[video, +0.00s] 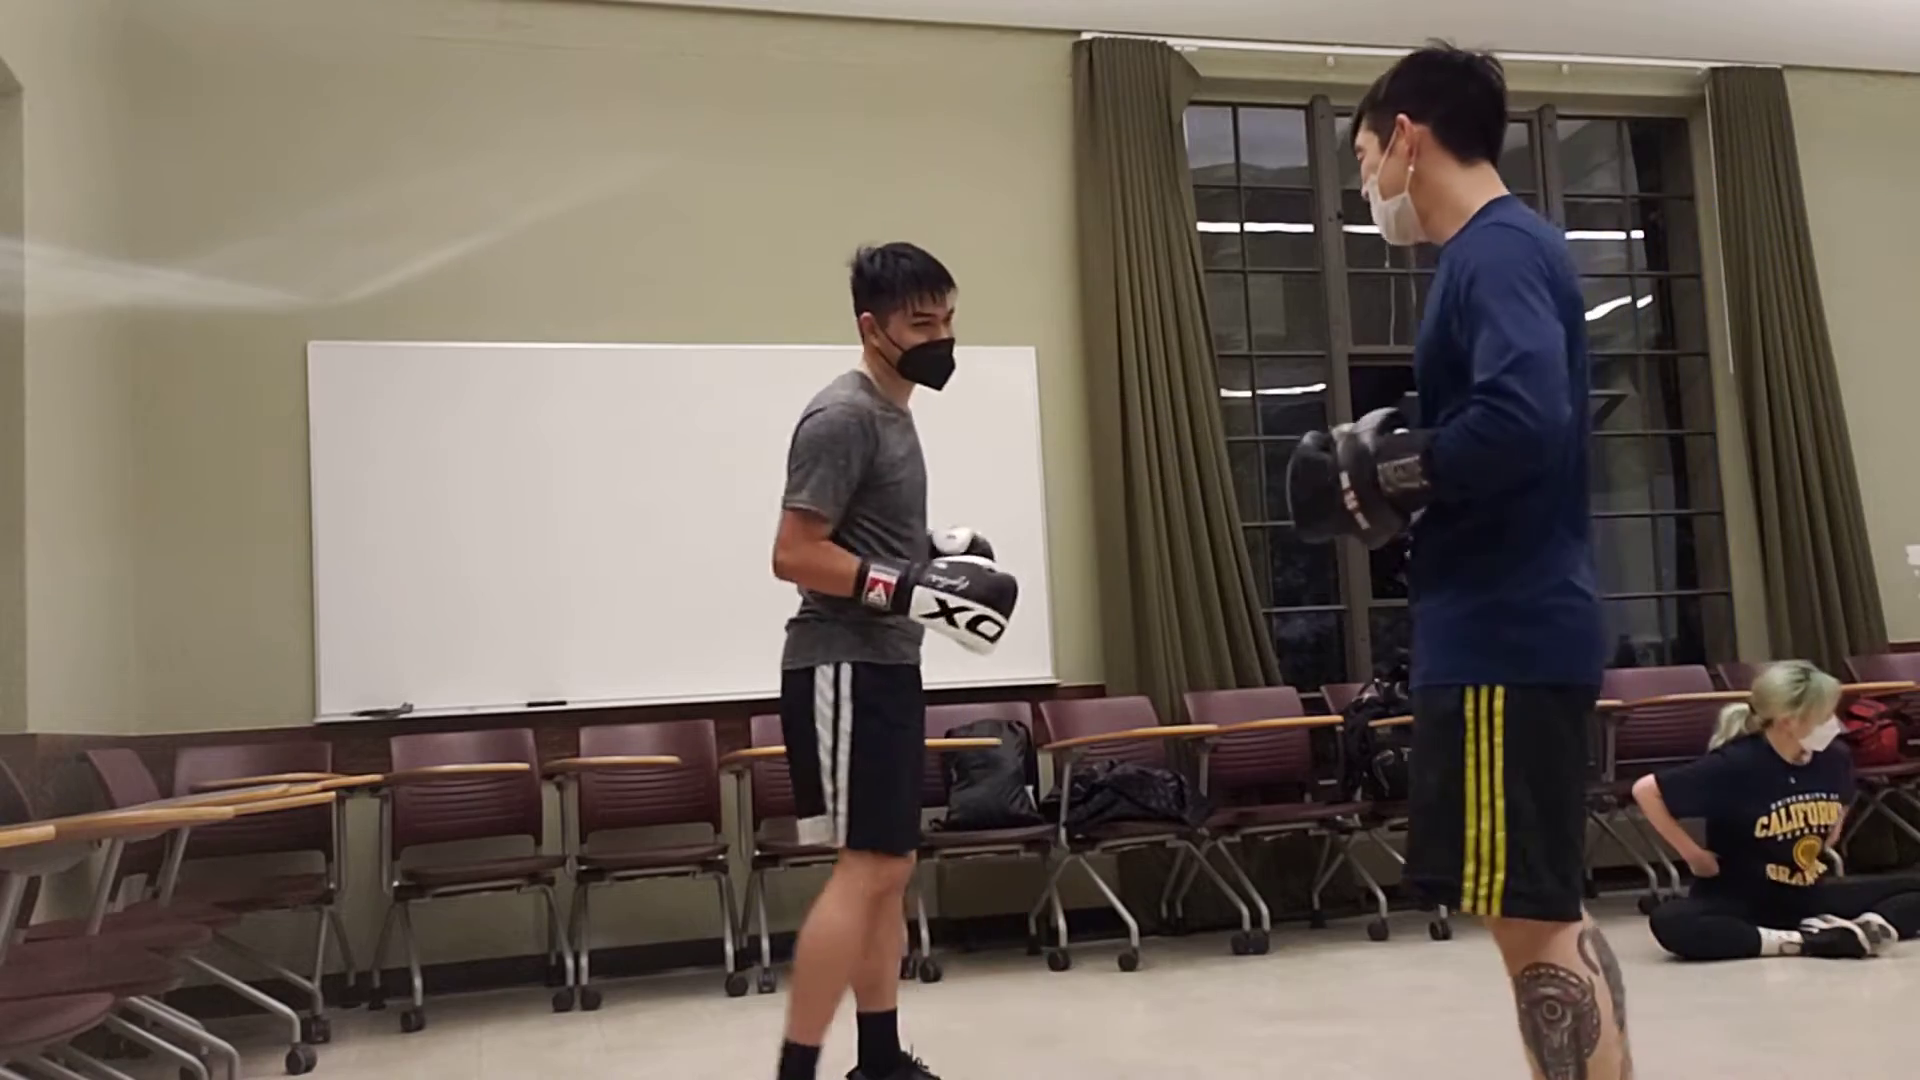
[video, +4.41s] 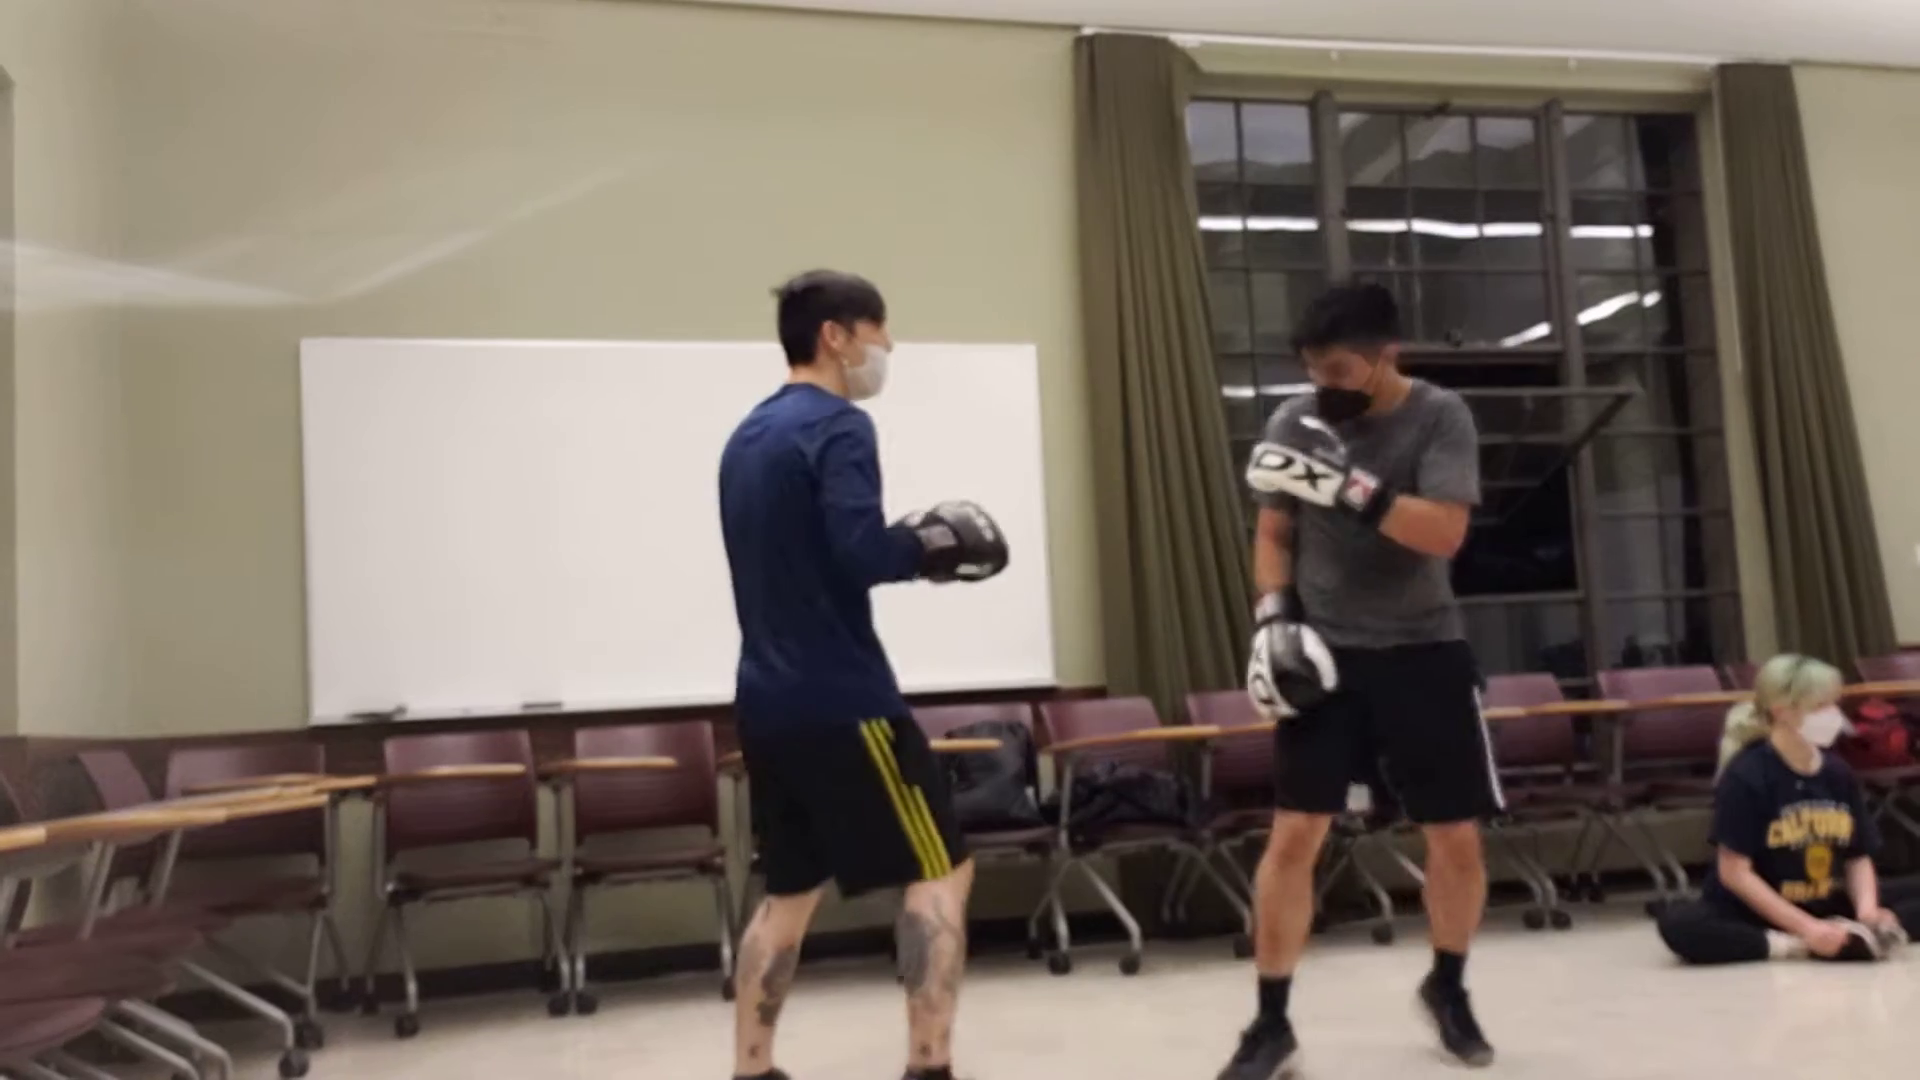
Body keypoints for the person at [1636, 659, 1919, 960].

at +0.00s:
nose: (1835, 726)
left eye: (1833, 716)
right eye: (1825, 719)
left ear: (1793, 722)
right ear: (1789, 723)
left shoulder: (1834, 760)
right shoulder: (1736, 764)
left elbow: (1843, 804)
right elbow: (1645, 790)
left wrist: (1822, 845)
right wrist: (1692, 854)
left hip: (1809, 895)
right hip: (1738, 901)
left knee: (1917, 891)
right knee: (1669, 921)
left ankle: (1854, 931)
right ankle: (1795, 943)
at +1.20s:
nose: (1830, 722)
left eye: (1829, 713)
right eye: (1821, 715)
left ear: (1796, 720)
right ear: (1788, 719)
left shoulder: (1826, 762)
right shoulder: (1734, 769)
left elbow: (1851, 813)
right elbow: (1662, 826)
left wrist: (1846, 852)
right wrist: (1733, 874)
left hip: (1817, 899)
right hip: (1747, 908)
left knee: (1916, 888)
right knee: (1671, 922)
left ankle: (1854, 930)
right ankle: (1797, 944)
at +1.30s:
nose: (1823, 715)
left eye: (1822, 706)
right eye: (1815, 707)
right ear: (1784, 714)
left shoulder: (1825, 764)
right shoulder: (1735, 769)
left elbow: (1856, 829)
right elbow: (1675, 843)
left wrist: (1852, 861)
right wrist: (1759, 880)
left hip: (1824, 899)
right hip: (1747, 907)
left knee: (1915, 892)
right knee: (1670, 922)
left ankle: (1851, 930)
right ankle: (1794, 945)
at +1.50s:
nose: (1820, 712)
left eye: (1819, 703)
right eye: (1812, 703)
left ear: (1784, 708)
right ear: (1781, 708)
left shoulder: (1823, 766)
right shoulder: (1735, 769)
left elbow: (1852, 842)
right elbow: (1704, 862)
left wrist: (1856, 878)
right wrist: (1796, 890)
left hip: (1822, 898)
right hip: (1749, 905)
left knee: (1915, 897)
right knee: (1670, 922)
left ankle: (1850, 930)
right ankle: (1792, 945)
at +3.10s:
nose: (1830, 716)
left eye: (1829, 705)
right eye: (1817, 707)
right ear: (1777, 712)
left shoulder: (1836, 772)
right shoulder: (1740, 775)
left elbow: (1857, 852)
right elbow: (1724, 870)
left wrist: (1859, 899)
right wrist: (1801, 920)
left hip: (1828, 903)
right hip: (1755, 908)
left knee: (1916, 899)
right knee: (1672, 922)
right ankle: (1792, 944)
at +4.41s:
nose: (1834, 715)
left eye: (1834, 704)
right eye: (1820, 706)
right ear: (1781, 712)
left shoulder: (1838, 774)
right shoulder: (1746, 775)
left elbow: (1858, 855)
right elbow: (1733, 872)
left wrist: (1867, 910)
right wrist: (1807, 927)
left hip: (1832, 906)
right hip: (1760, 910)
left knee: (1915, 895)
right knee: (1677, 923)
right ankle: (1795, 945)